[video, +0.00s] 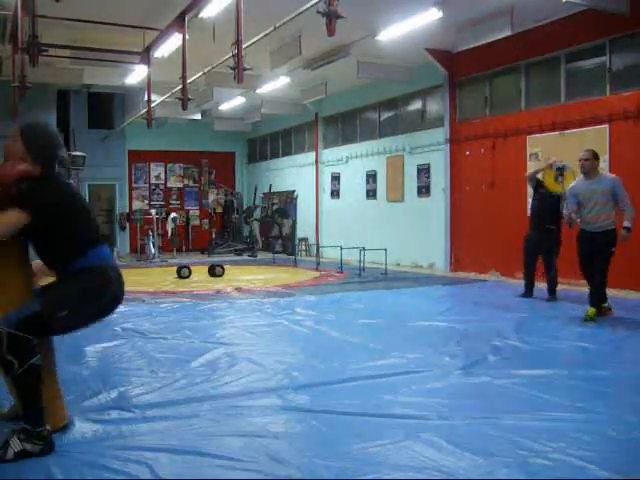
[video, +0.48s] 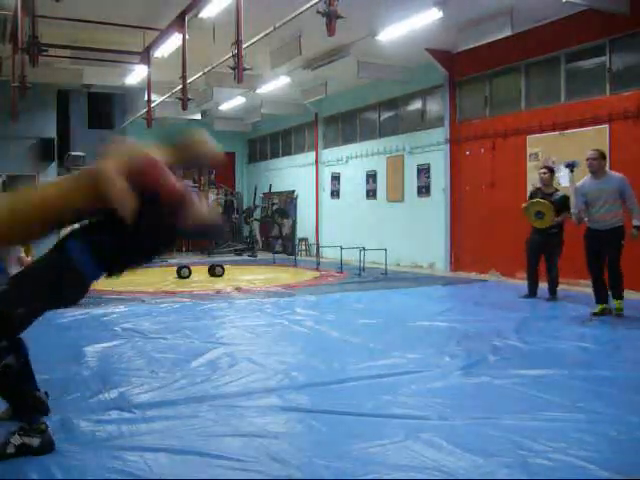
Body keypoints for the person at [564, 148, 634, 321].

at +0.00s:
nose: (582, 163)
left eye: (586, 160)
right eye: (580, 160)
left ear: (596, 162)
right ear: (579, 164)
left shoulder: (612, 182)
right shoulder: (575, 188)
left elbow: (626, 205)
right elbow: (569, 209)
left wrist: (626, 225)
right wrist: (570, 217)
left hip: (606, 231)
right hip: (586, 231)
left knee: (600, 269)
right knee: (587, 268)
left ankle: (594, 306)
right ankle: (602, 302)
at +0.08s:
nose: (584, 163)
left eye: (588, 160)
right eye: (582, 160)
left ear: (598, 162)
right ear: (580, 164)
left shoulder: (613, 181)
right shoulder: (576, 188)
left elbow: (627, 204)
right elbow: (572, 209)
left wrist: (629, 224)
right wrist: (572, 217)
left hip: (608, 230)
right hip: (587, 230)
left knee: (601, 268)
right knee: (588, 267)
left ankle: (595, 304)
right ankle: (602, 302)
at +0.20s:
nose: (585, 163)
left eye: (590, 160)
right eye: (584, 160)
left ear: (599, 162)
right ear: (582, 163)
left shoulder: (614, 181)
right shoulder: (577, 188)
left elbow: (628, 204)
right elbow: (574, 211)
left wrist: (631, 224)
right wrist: (573, 218)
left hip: (609, 230)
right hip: (589, 230)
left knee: (603, 267)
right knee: (590, 268)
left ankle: (597, 302)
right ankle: (603, 302)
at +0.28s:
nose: (587, 163)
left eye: (591, 159)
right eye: (585, 160)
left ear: (600, 162)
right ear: (583, 163)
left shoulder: (616, 181)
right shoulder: (579, 187)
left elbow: (629, 203)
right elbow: (574, 210)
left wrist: (633, 223)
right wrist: (573, 217)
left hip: (611, 228)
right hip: (590, 229)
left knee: (605, 266)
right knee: (592, 266)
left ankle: (601, 302)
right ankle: (600, 301)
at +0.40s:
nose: (588, 163)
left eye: (592, 159)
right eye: (586, 160)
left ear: (602, 162)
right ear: (585, 163)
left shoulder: (617, 180)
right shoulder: (580, 187)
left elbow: (630, 203)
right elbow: (575, 210)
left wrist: (634, 223)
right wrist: (576, 218)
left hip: (612, 228)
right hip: (592, 229)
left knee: (608, 265)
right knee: (593, 266)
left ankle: (608, 300)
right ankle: (600, 301)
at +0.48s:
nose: (590, 163)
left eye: (594, 160)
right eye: (588, 160)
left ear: (603, 162)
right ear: (586, 163)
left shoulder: (618, 180)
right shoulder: (582, 186)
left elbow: (631, 202)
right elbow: (578, 209)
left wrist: (635, 222)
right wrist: (578, 216)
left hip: (614, 228)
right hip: (594, 229)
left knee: (613, 266)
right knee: (595, 269)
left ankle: (617, 300)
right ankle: (601, 302)